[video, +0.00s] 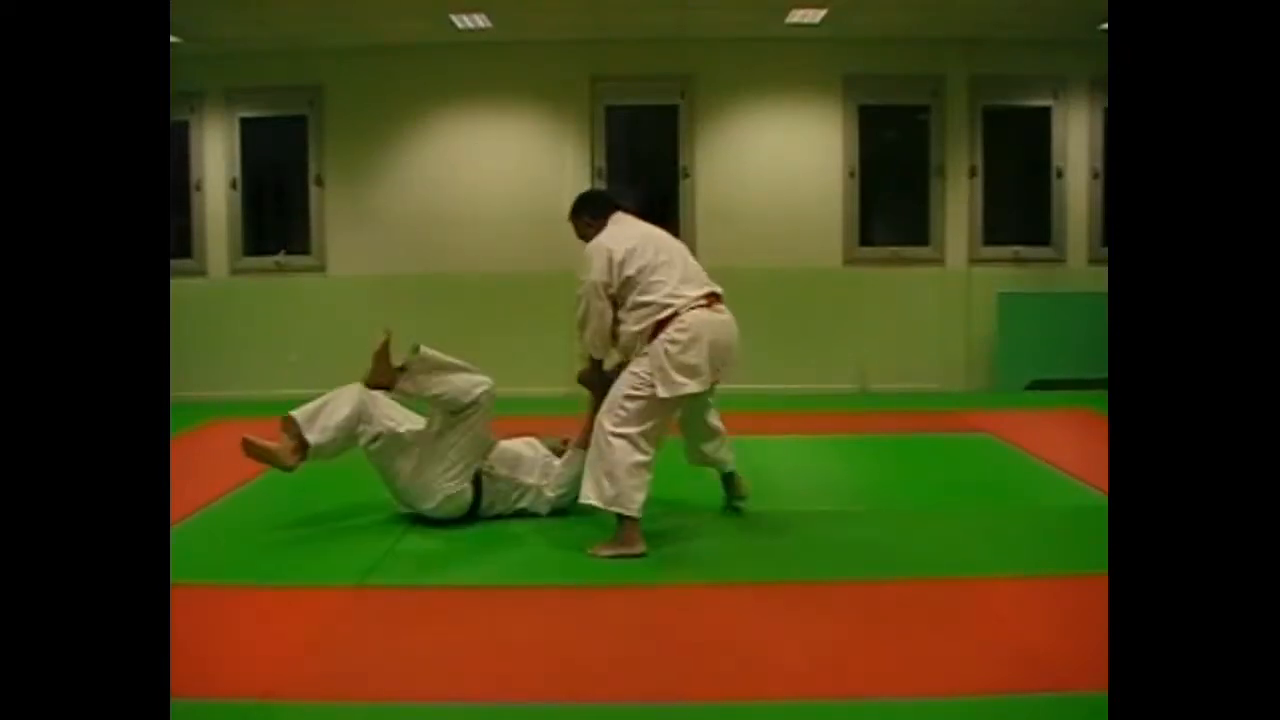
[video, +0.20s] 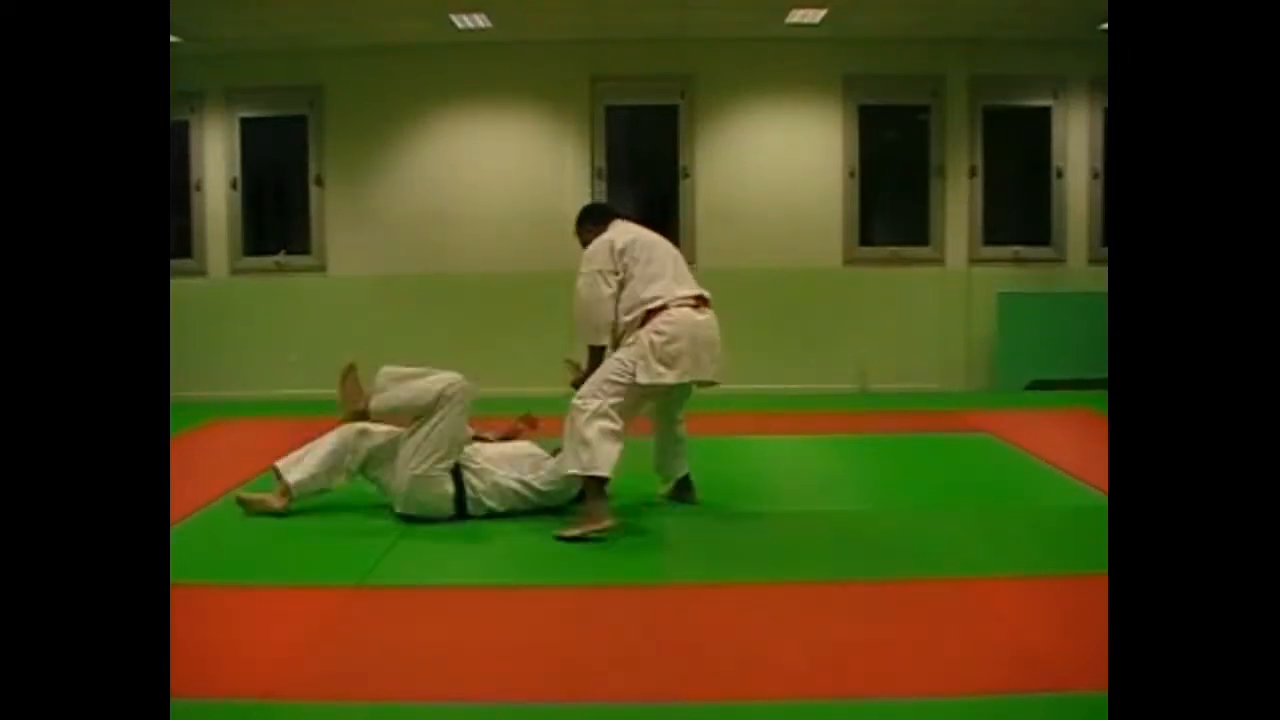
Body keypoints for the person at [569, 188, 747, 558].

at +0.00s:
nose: (580, 237)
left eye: (579, 229)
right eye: (577, 230)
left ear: (591, 220)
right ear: (612, 212)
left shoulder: (603, 247)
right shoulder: (647, 232)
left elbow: (598, 321)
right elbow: (648, 313)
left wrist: (593, 368)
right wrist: (618, 366)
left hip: (678, 334)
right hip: (721, 324)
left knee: (616, 424)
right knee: (698, 413)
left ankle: (628, 533)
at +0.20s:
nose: (584, 247)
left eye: (583, 240)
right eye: (581, 241)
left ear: (590, 230)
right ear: (612, 222)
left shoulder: (602, 247)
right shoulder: (648, 239)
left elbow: (596, 316)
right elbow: (638, 313)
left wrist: (592, 374)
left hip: (664, 331)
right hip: (704, 328)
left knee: (591, 404)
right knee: (668, 410)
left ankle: (595, 509)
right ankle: (681, 481)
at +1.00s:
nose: (526, 297)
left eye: (524, 290)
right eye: (523, 293)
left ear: (530, 276)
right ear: (549, 262)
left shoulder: (548, 278)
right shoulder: (585, 272)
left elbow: (556, 330)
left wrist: (533, 384)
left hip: (624, 340)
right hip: (666, 336)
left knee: (553, 415)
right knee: (639, 414)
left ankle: (559, 512)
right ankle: (675, 484)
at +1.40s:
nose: (526, 293)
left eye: (524, 286)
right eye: (523, 289)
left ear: (531, 274)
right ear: (553, 260)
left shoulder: (546, 278)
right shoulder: (587, 272)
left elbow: (549, 332)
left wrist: (527, 388)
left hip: (621, 342)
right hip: (663, 337)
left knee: (547, 416)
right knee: (637, 415)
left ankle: (558, 513)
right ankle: (674, 484)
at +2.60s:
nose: (552, 215)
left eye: (552, 204)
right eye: (549, 206)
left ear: (571, 193)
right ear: (580, 190)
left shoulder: (585, 217)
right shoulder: (619, 210)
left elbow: (586, 280)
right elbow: (629, 278)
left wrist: (571, 342)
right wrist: (599, 326)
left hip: (632, 316)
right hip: (667, 309)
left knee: (581, 406)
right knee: (650, 410)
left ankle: (568, 506)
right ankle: (676, 485)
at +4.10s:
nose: (463, 170)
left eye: (470, 160)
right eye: (458, 162)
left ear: (496, 154)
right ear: (459, 162)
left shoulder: (528, 192)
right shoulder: (484, 202)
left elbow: (550, 255)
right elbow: (476, 270)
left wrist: (541, 315)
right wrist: (457, 324)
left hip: (542, 318)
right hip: (509, 322)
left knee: (527, 402)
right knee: (509, 409)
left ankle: (553, 496)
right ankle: (524, 498)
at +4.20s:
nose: (462, 168)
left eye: (468, 157)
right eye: (457, 160)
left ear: (495, 152)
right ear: (458, 161)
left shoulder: (525, 192)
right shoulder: (483, 201)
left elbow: (548, 255)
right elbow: (473, 270)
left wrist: (538, 313)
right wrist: (457, 325)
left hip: (537, 318)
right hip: (506, 322)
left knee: (534, 406)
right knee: (511, 409)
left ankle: (557, 506)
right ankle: (524, 500)